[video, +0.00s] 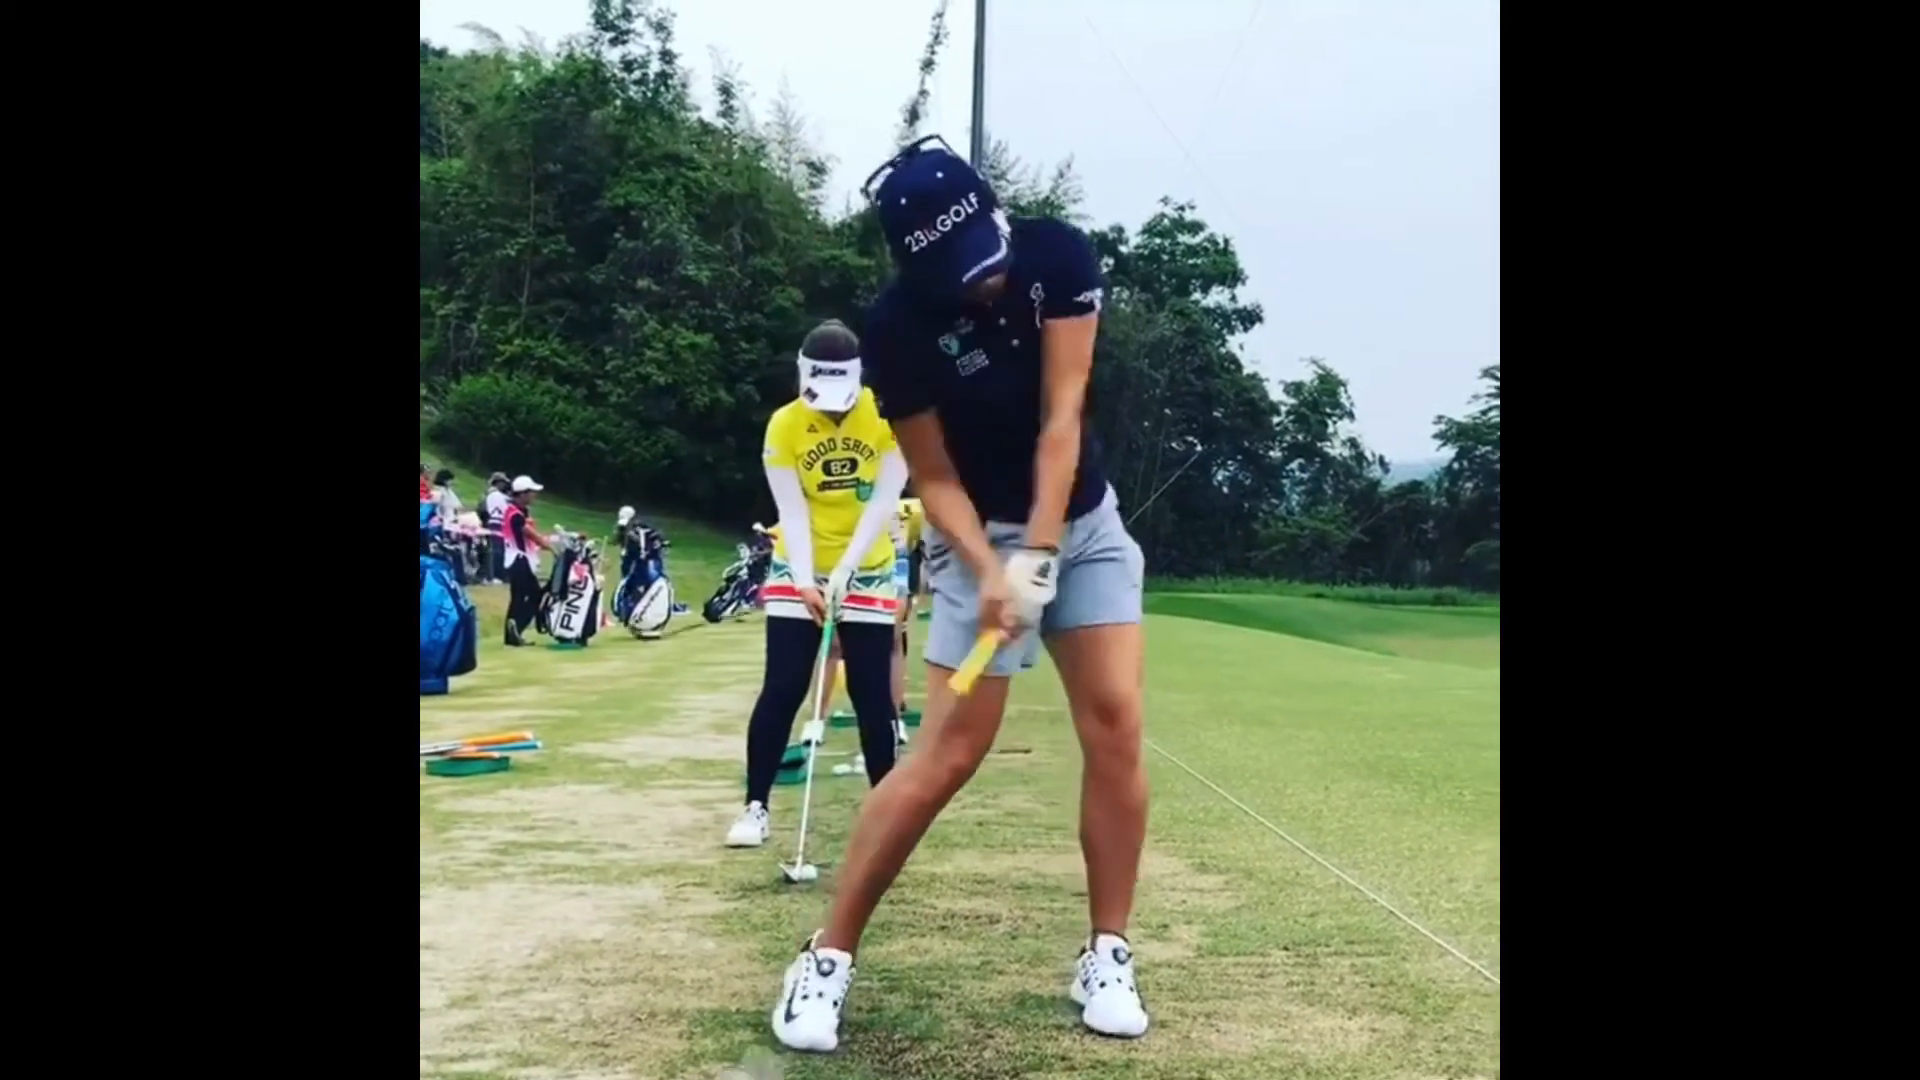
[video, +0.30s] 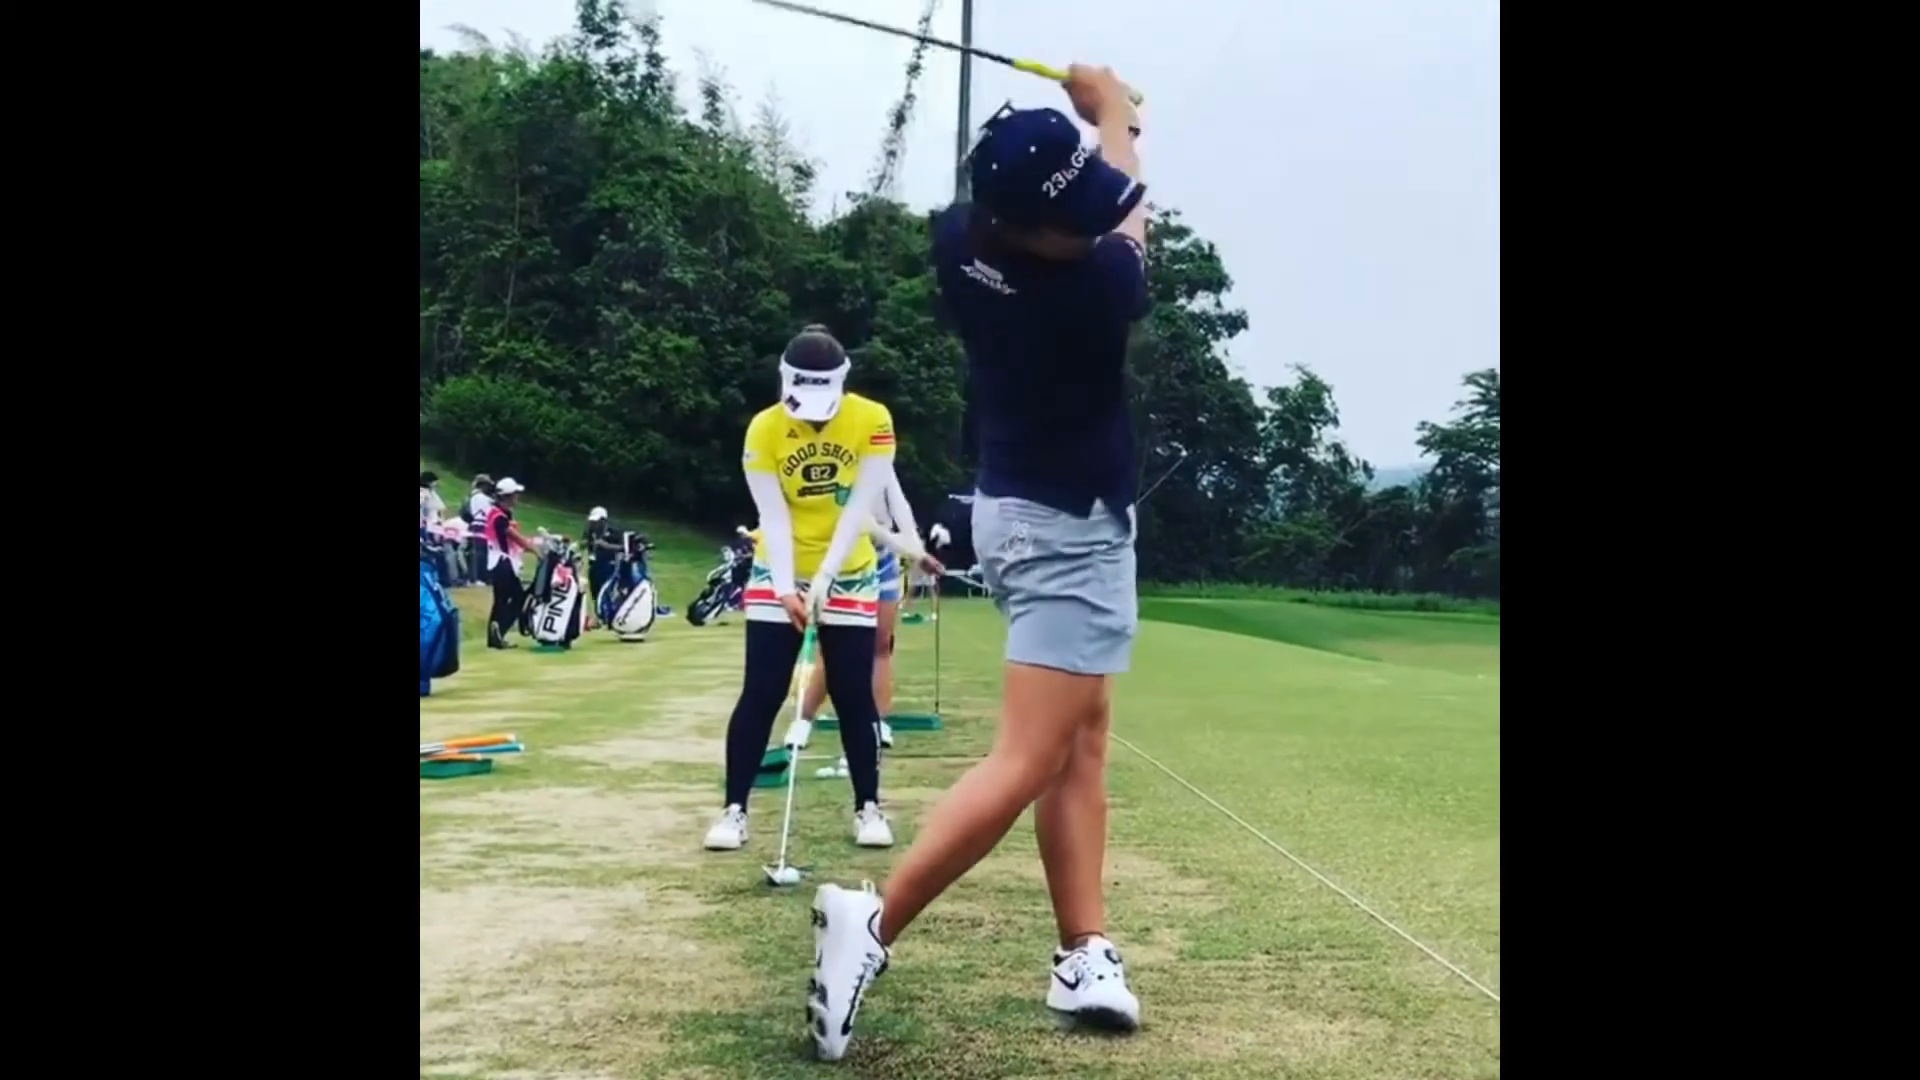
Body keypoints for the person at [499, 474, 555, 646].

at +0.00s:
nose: (534, 496)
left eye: (534, 492)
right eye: (531, 492)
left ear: (521, 495)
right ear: (521, 494)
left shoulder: (516, 512)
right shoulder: (516, 516)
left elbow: (531, 533)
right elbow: (533, 536)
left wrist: (550, 538)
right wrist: (551, 546)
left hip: (516, 556)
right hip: (518, 558)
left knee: (518, 595)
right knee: (535, 593)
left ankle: (511, 633)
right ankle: (517, 625)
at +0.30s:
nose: (517, 498)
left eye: (517, 495)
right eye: (515, 495)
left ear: (502, 496)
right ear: (507, 496)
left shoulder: (495, 514)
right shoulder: (500, 518)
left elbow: (514, 536)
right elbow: (517, 539)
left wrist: (531, 544)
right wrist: (536, 550)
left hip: (496, 558)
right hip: (502, 560)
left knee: (500, 597)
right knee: (519, 595)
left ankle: (494, 635)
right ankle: (500, 628)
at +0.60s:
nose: (504, 501)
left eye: (504, 497)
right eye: (502, 497)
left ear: (489, 498)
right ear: (494, 498)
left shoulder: (482, 515)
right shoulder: (488, 520)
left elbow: (501, 538)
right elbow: (505, 541)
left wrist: (519, 546)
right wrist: (523, 552)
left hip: (483, 560)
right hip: (490, 563)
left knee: (488, 600)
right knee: (506, 598)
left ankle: (481, 638)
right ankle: (487, 630)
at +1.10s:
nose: (495, 506)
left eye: (495, 503)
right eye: (493, 503)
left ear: (479, 503)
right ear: (486, 504)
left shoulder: (473, 521)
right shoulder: (479, 525)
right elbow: (495, 546)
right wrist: (513, 558)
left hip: (473, 564)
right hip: (479, 567)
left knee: (479, 605)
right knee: (497, 602)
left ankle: (472, 645)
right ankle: (478, 636)